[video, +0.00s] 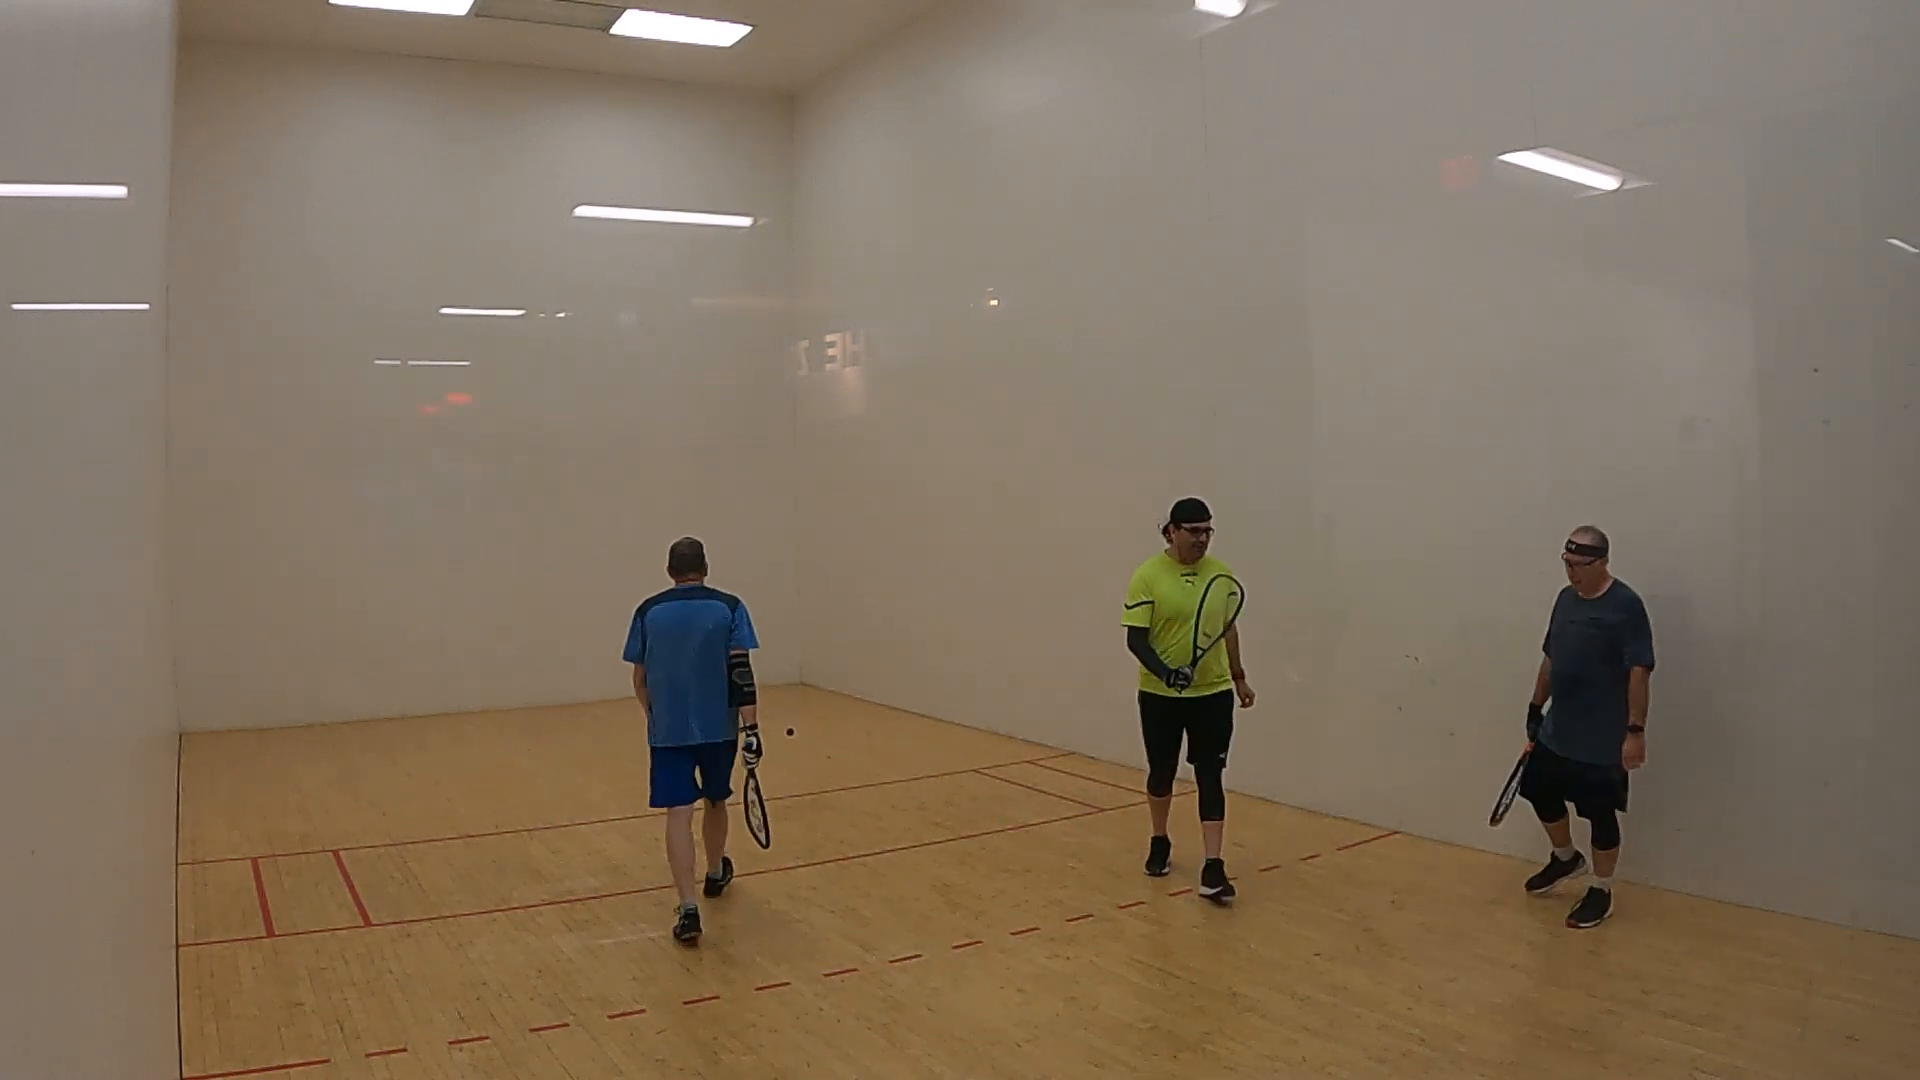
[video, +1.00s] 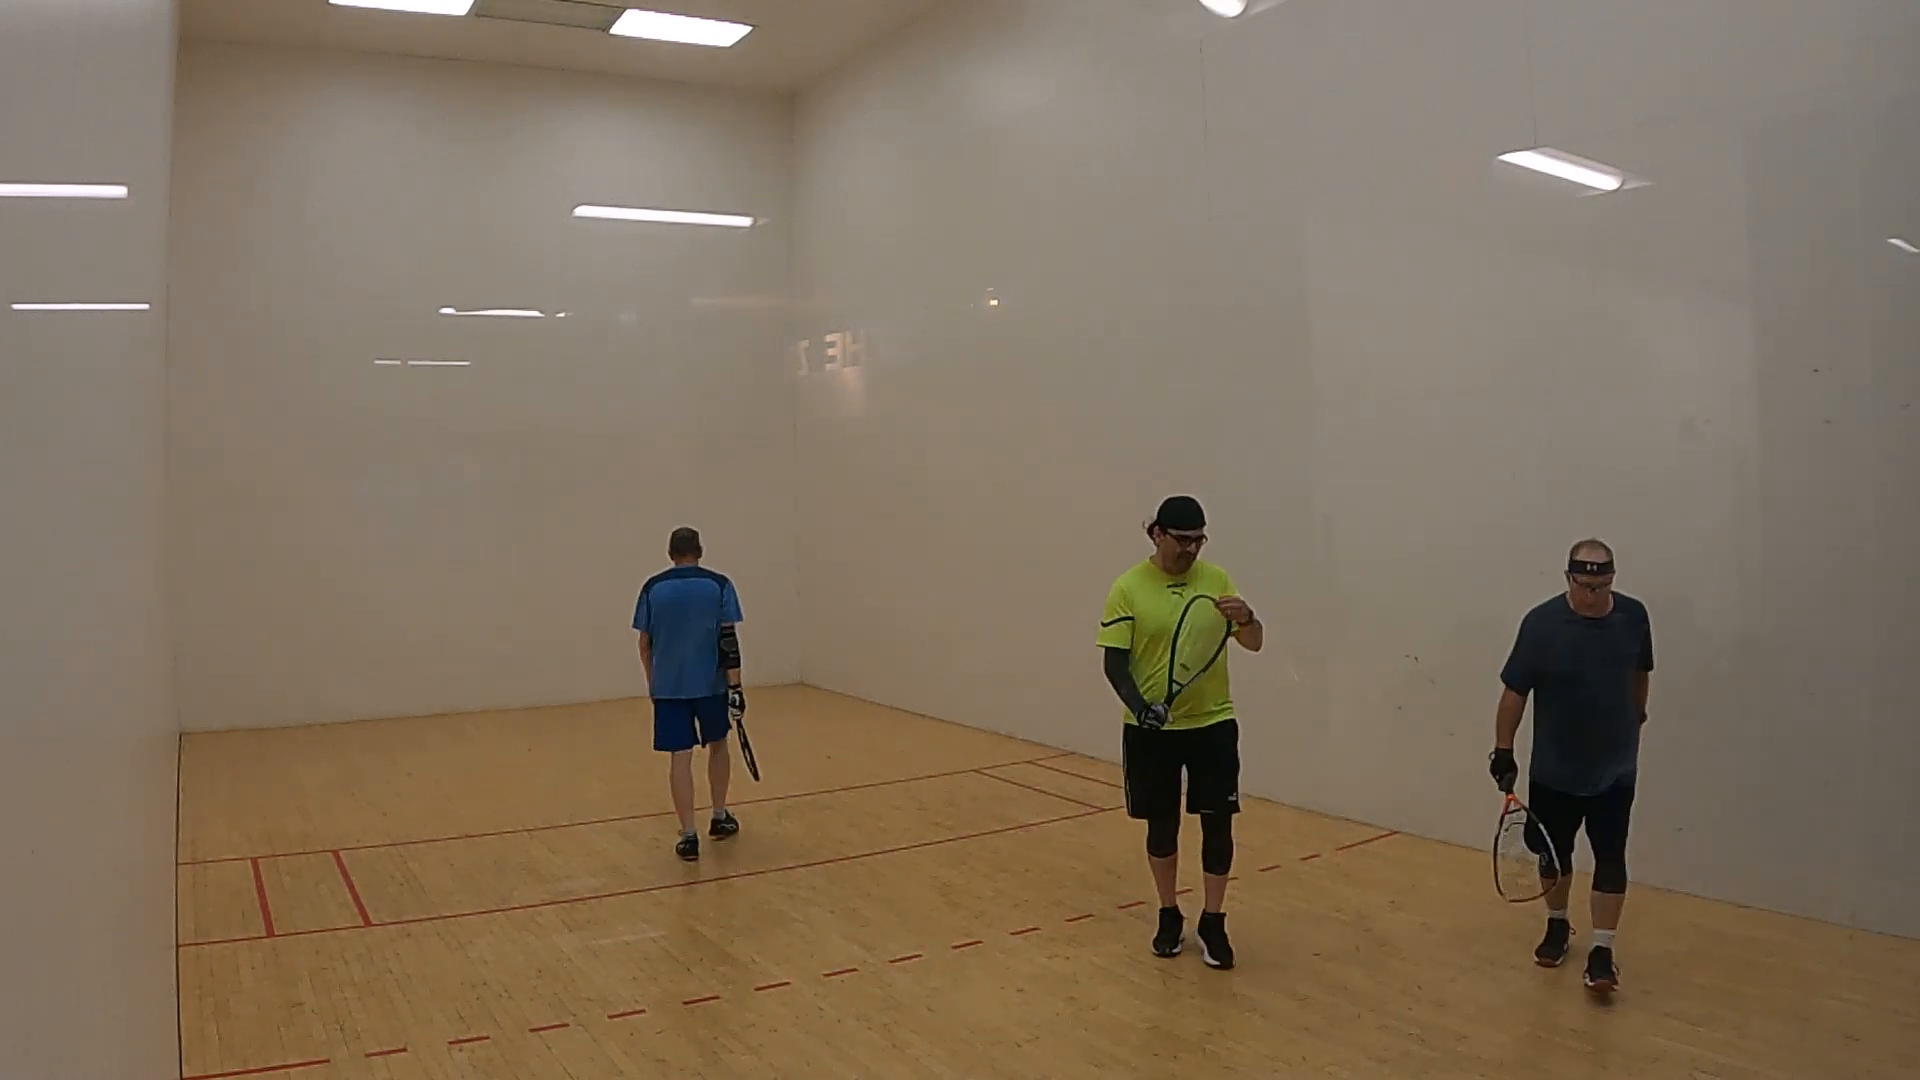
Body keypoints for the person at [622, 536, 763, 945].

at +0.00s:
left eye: (675, 569)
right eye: (701, 569)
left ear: (669, 572)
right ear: (706, 570)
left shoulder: (648, 610)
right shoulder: (729, 607)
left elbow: (639, 676)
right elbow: (742, 672)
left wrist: (651, 715)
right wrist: (751, 728)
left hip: (669, 731)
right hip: (718, 729)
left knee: (677, 814)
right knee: (716, 801)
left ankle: (687, 909)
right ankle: (715, 871)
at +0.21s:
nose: (697, 567)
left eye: (687, 560)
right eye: (707, 561)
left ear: (678, 561)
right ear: (713, 561)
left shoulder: (657, 599)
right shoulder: (735, 599)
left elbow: (647, 662)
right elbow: (746, 662)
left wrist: (649, 711)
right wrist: (755, 714)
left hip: (675, 717)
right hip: (720, 717)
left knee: (671, 789)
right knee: (717, 790)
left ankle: (680, 849)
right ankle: (712, 871)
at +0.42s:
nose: (700, 562)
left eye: (687, 555)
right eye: (709, 556)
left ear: (679, 557)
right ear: (714, 556)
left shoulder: (660, 593)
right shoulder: (734, 591)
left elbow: (647, 652)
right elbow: (747, 650)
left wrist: (641, 704)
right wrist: (758, 695)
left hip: (675, 704)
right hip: (720, 706)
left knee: (677, 771)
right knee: (715, 783)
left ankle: (682, 850)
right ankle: (712, 871)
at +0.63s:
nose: (703, 565)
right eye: (705, 560)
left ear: (674, 561)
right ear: (706, 560)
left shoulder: (655, 596)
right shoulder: (726, 593)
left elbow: (644, 653)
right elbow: (740, 649)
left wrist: (636, 704)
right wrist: (754, 690)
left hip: (674, 703)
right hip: (717, 702)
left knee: (680, 769)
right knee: (717, 776)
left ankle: (688, 839)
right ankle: (714, 855)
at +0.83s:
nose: (690, 559)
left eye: (679, 553)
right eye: (696, 553)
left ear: (669, 554)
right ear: (699, 552)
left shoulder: (651, 588)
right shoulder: (720, 584)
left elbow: (642, 645)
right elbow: (730, 641)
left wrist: (642, 695)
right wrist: (740, 685)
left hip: (669, 694)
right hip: (710, 692)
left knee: (678, 760)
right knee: (724, 750)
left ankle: (687, 839)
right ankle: (717, 810)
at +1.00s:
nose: (688, 560)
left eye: (677, 554)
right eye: (696, 554)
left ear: (670, 555)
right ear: (701, 553)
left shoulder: (653, 587)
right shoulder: (720, 585)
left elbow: (644, 643)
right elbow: (729, 641)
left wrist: (652, 684)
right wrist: (735, 688)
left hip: (669, 689)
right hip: (710, 687)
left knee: (680, 758)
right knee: (718, 747)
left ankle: (688, 836)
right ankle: (719, 816)